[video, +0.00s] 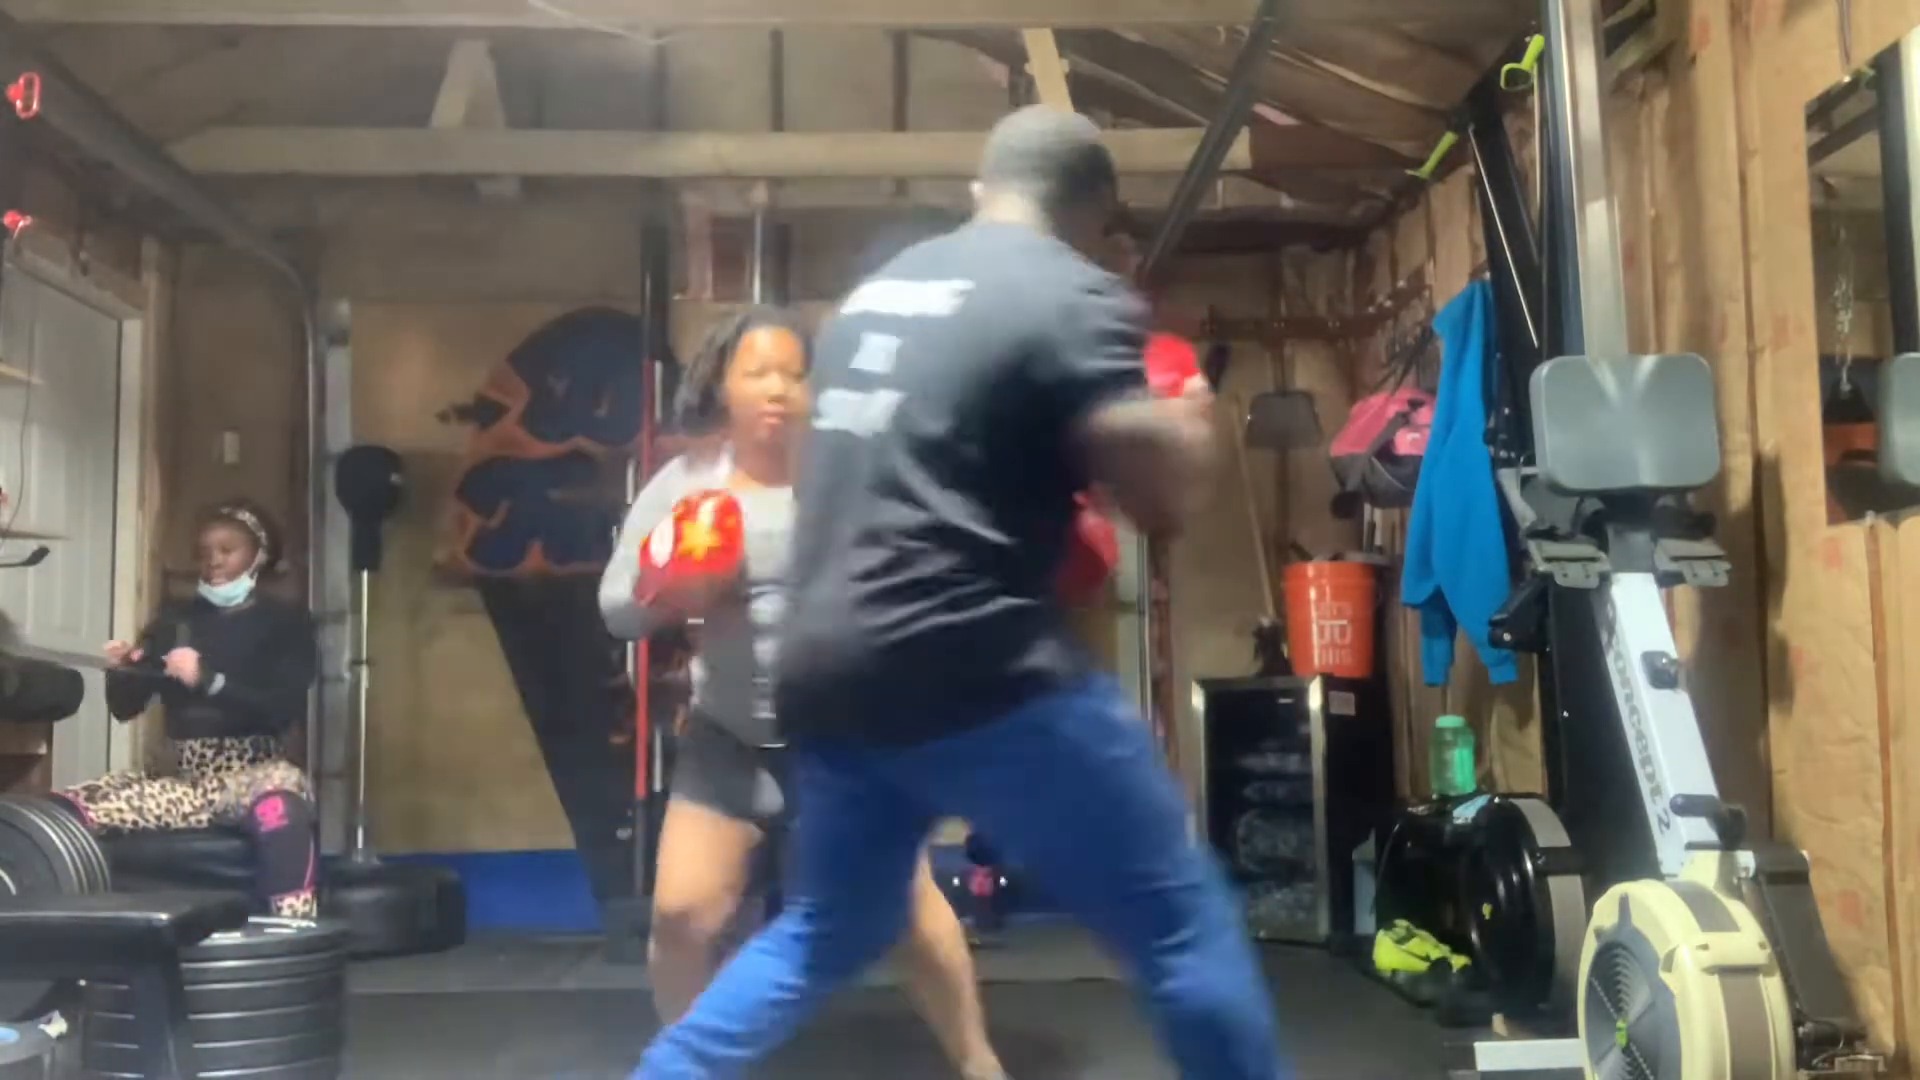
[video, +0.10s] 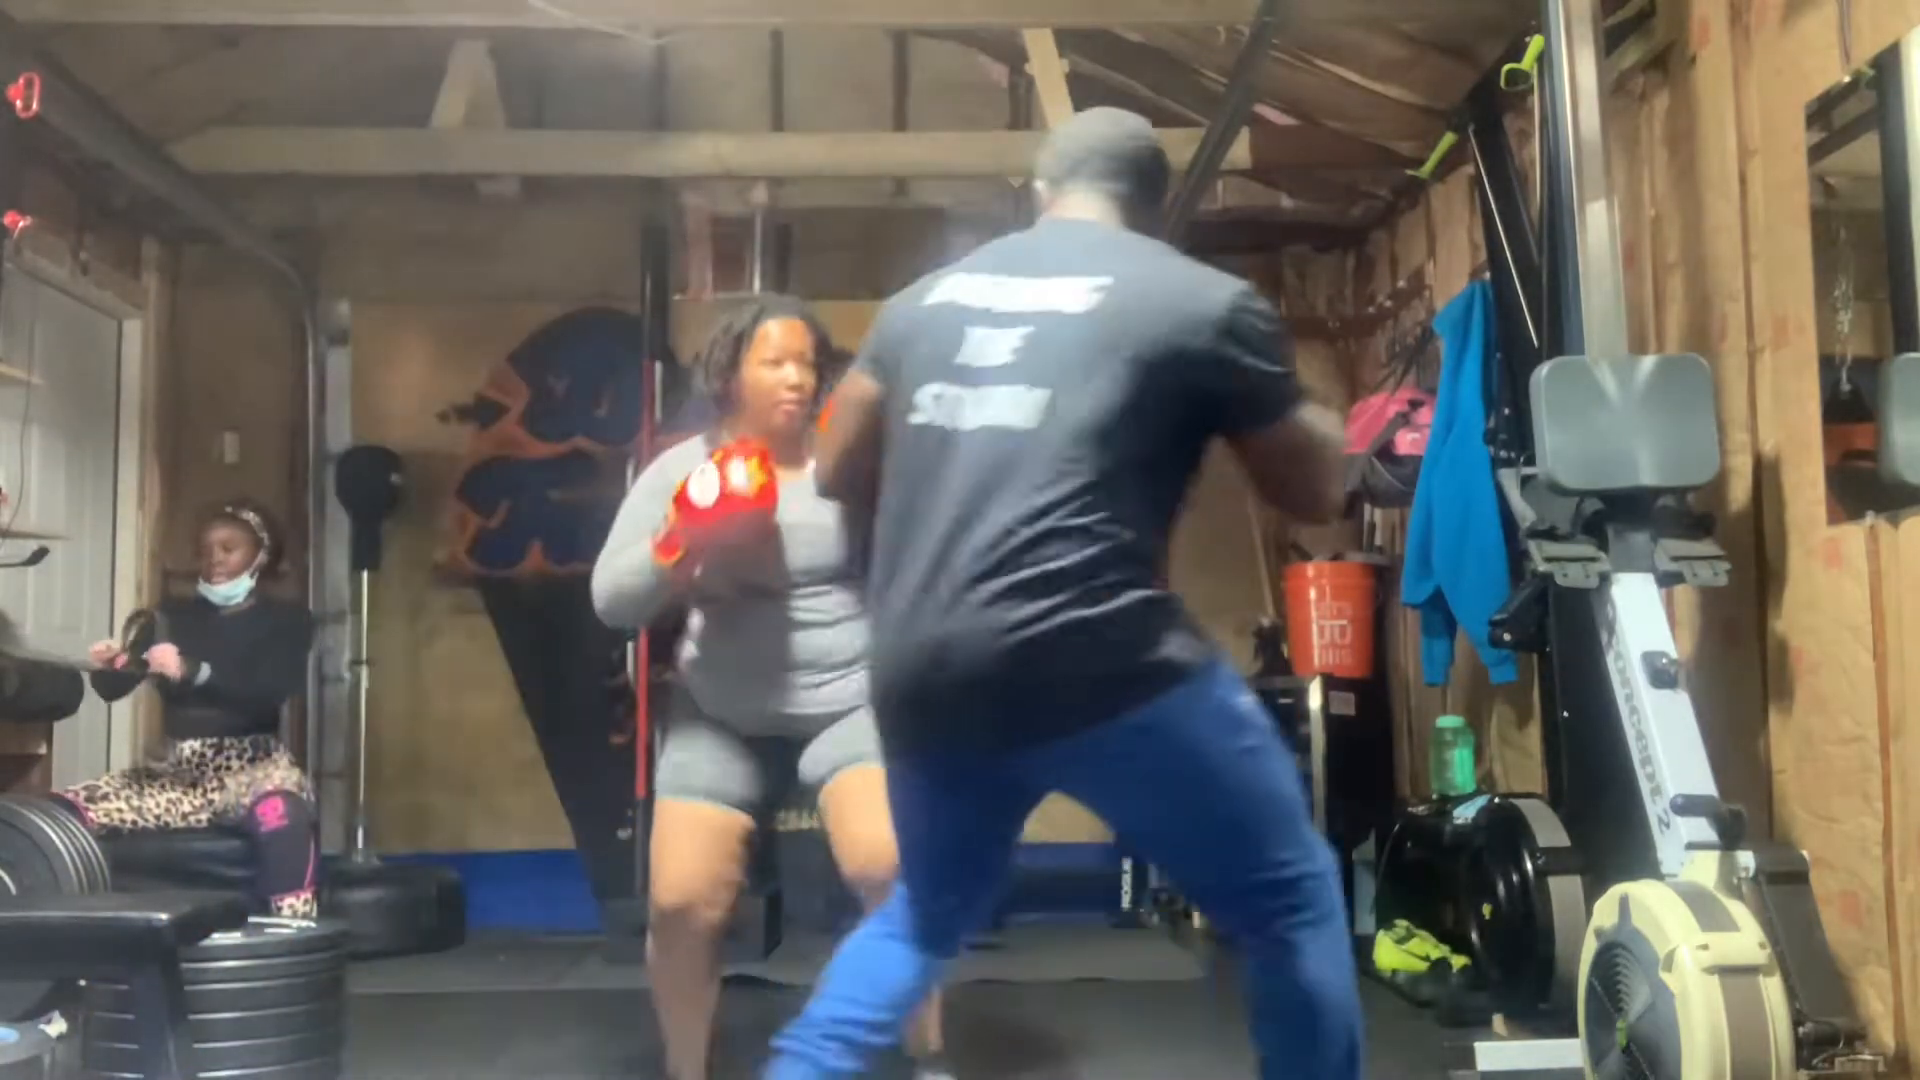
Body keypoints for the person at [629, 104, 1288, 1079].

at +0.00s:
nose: (1110, 237)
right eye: (1108, 217)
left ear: (982, 187)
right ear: (1094, 205)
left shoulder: (886, 280)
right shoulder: (1072, 294)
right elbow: (1161, 496)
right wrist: (1197, 418)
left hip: (822, 667)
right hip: (973, 658)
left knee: (830, 927)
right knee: (1179, 920)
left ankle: (668, 1069)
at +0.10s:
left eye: (1036, 192)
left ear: (1039, 195)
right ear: (1158, 201)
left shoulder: (923, 298)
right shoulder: (1204, 303)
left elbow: (840, 470)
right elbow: (1310, 494)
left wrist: (901, 549)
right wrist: (1318, 422)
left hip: (921, 666)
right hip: (1095, 650)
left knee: (927, 913)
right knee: (1291, 900)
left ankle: (795, 1070)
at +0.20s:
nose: (1070, 192)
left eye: (1069, 182)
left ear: (1079, 183)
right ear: (1192, 186)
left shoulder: (969, 275)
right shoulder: (1267, 298)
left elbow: (882, 447)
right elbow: (1331, 481)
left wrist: (994, 478)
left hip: (1000, 652)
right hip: (1190, 642)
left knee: (981, 900)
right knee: (1330, 897)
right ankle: (1335, 1073)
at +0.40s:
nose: (1069, 188)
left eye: (1070, 172)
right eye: (1069, 174)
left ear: (1100, 162)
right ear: (1201, 159)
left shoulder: (1058, 233)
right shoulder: (1283, 262)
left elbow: (949, 421)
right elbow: (1311, 423)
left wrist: (1024, 359)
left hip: (1118, 606)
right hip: (1298, 602)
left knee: (1048, 888)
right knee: (1360, 908)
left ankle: (1048, 1072)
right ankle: (1363, 1077)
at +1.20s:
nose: (1099, 202)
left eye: (1098, 186)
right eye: (1100, 189)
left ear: (1118, 171)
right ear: (1229, 157)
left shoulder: (1072, 263)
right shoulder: (1355, 250)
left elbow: (1020, 463)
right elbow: (1363, 428)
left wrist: (1127, 521)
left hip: (1163, 603)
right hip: (1353, 602)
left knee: (1077, 891)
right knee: (1456, 889)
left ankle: (1055, 1071)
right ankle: (1547, 1073)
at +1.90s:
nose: (1118, 219)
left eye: (1116, 204)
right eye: (1113, 207)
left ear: (1154, 181)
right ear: (1234, 172)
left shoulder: (1136, 246)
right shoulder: (1343, 262)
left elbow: (1059, 444)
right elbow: (1333, 428)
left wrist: (1085, 508)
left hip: (1209, 610)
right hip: (1386, 615)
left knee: (1018, 843)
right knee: (1444, 903)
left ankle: (990, 1064)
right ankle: (1545, 1071)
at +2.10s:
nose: (916, 303)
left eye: (915, 287)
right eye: (912, 287)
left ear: (947, 265)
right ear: (1044, 251)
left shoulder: (947, 338)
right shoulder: (1187, 341)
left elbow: (841, 508)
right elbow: (1289, 505)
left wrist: (895, 538)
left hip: (1069, 704)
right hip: (1262, 707)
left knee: (869, 916)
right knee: (1378, 943)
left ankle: (770, 1071)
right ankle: (1503, 1073)